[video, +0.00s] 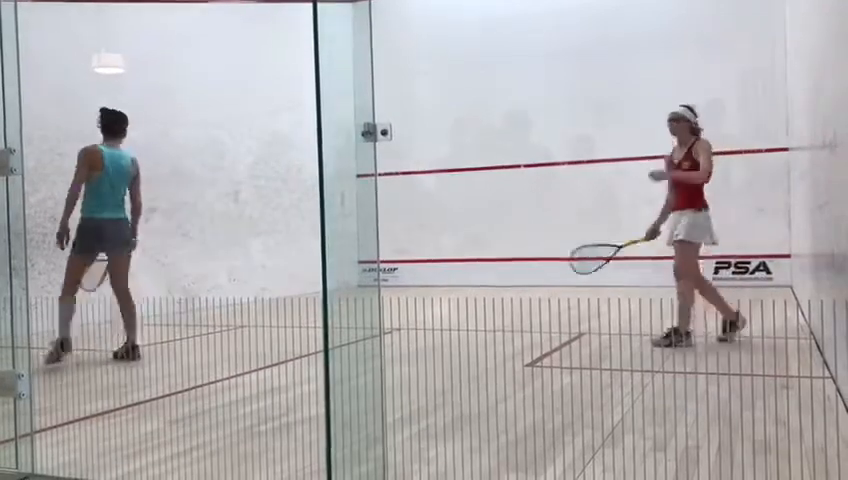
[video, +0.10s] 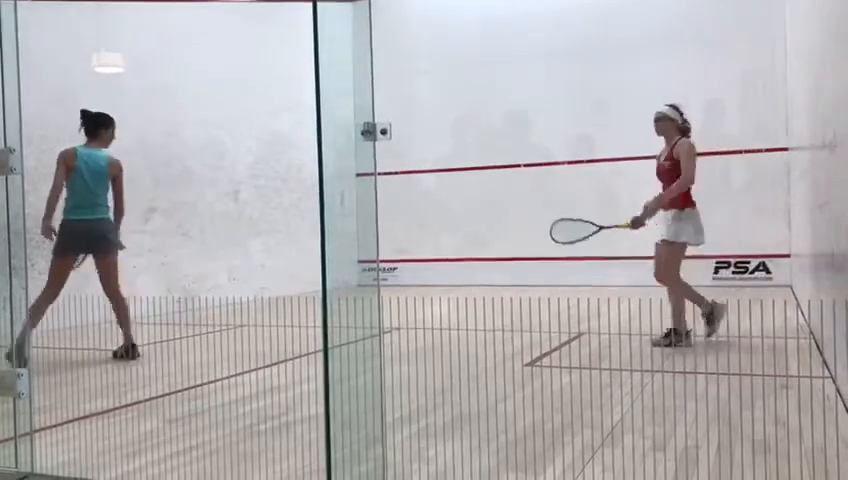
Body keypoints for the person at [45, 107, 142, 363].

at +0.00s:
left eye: (104, 128)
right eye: (123, 130)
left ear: (102, 129)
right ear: (124, 132)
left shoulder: (89, 154)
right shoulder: (131, 161)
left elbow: (75, 190)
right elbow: (136, 202)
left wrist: (64, 222)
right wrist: (134, 231)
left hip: (91, 229)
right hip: (120, 230)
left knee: (70, 287)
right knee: (121, 288)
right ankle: (132, 344)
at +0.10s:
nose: (114, 138)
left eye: (114, 133)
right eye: (112, 132)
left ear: (88, 132)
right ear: (104, 132)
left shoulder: (68, 155)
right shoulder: (113, 163)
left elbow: (56, 190)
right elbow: (119, 206)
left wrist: (46, 220)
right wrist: (115, 232)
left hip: (71, 230)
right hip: (102, 230)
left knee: (50, 291)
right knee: (113, 290)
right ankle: (129, 343)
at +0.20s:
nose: (99, 138)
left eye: (99, 133)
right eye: (97, 133)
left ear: (74, 134)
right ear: (85, 134)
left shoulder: (49, 157)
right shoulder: (93, 164)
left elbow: (30, 194)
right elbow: (101, 202)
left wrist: (26, 222)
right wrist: (102, 222)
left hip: (49, 231)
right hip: (81, 232)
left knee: (35, 292)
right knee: (100, 291)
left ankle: (10, 344)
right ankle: (121, 341)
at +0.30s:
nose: (85, 136)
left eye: (84, 131)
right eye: (82, 131)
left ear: (61, 131)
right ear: (69, 130)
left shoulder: (36, 155)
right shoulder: (77, 162)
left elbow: (16, 186)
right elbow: (84, 200)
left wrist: (8, 212)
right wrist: (89, 222)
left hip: (34, 226)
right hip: (62, 227)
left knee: (24, 287)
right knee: (80, 291)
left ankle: (7, 344)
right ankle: (92, 345)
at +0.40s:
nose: (73, 131)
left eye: (71, 126)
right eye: (69, 126)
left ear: (49, 128)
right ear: (56, 127)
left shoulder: (26, 152)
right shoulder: (63, 157)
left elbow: (8, 183)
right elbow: (70, 197)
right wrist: (80, 223)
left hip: (24, 224)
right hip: (52, 225)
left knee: (16, 288)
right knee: (64, 289)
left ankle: (5, 344)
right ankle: (63, 348)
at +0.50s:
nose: (63, 129)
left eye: (62, 123)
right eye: (59, 123)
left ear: (38, 126)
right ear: (44, 124)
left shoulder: (16, 152)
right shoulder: (54, 154)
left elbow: (3, 186)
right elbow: (59, 195)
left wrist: (4, 221)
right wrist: (71, 226)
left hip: (14, 225)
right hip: (43, 225)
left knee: (13, 289)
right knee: (56, 289)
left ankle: (5, 348)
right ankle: (54, 348)